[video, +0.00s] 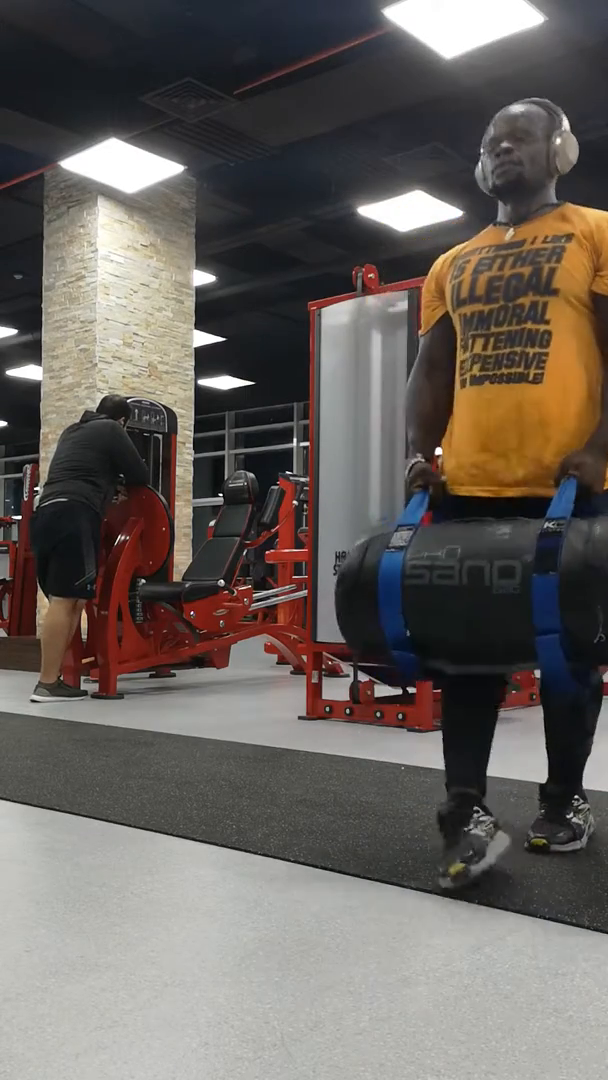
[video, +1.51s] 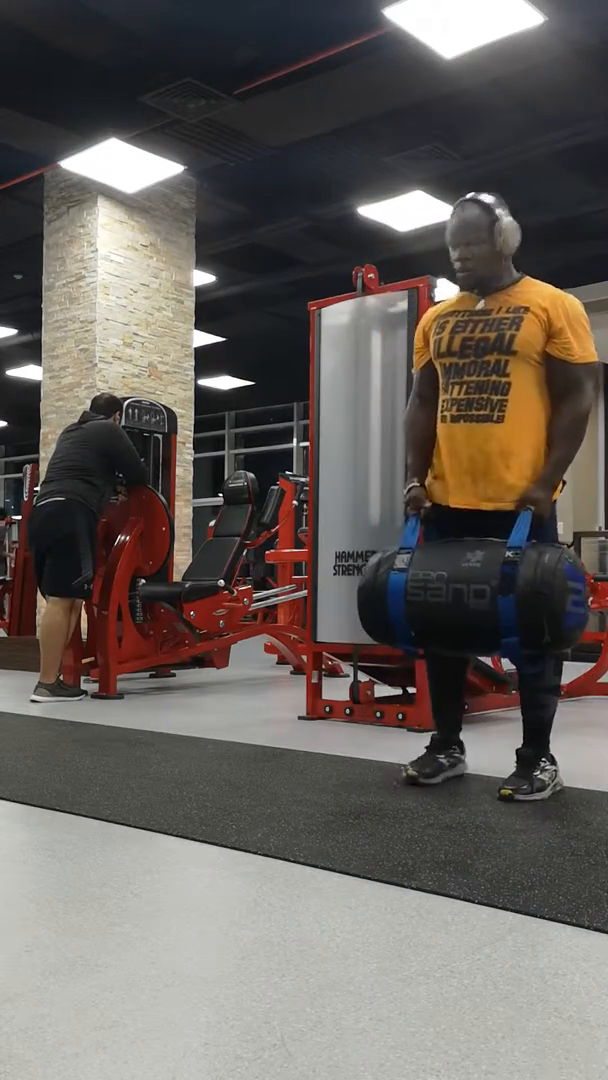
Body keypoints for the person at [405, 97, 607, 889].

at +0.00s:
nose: (496, 153)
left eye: (515, 139)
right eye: (489, 145)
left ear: (562, 151)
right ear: (480, 165)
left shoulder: (592, 231)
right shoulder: (451, 263)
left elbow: (607, 351)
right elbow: (431, 368)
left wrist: (600, 447)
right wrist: (419, 450)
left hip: (568, 482)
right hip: (467, 485)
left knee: (570, 647)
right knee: (466, 645)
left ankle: (563, 796)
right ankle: (464, 810)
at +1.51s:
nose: (460, 259)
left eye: (471, 247)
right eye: (454, 249)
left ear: (506, 244)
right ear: (449, 248)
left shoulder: (553, 307)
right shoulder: (435, 320)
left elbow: (576, 402)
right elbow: (422, 403)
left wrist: (547, 483)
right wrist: (414, 475)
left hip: (522, 503)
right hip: (447, 503)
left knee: (533, 625)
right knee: (440, 620)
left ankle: (535, 758)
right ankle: (445, 744)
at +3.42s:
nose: (385, 284)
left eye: (397, 274)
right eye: (380, 278)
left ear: (428, 281)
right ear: (377, 291)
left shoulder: (460, 338)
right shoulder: (363, 358)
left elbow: (478, 417)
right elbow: (352, 435)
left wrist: (455, 494)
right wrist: (348, 497)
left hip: (446, 510)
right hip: (376, 516)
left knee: (466, 619)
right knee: (377, 620)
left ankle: (485, 743)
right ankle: (387, 734)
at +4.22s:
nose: (368, 294)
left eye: (382, 286)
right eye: (365, 288)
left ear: (415, 300)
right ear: (361, 304)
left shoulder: (454, 358)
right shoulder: (352, 375)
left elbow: (503, 431)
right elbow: (356, 443)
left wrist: (464, 496)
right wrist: (353, 499)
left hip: (478, 518)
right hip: (409, 523)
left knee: (488, 625)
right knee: (404, 623)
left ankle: (488, 745)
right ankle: (391, 733)